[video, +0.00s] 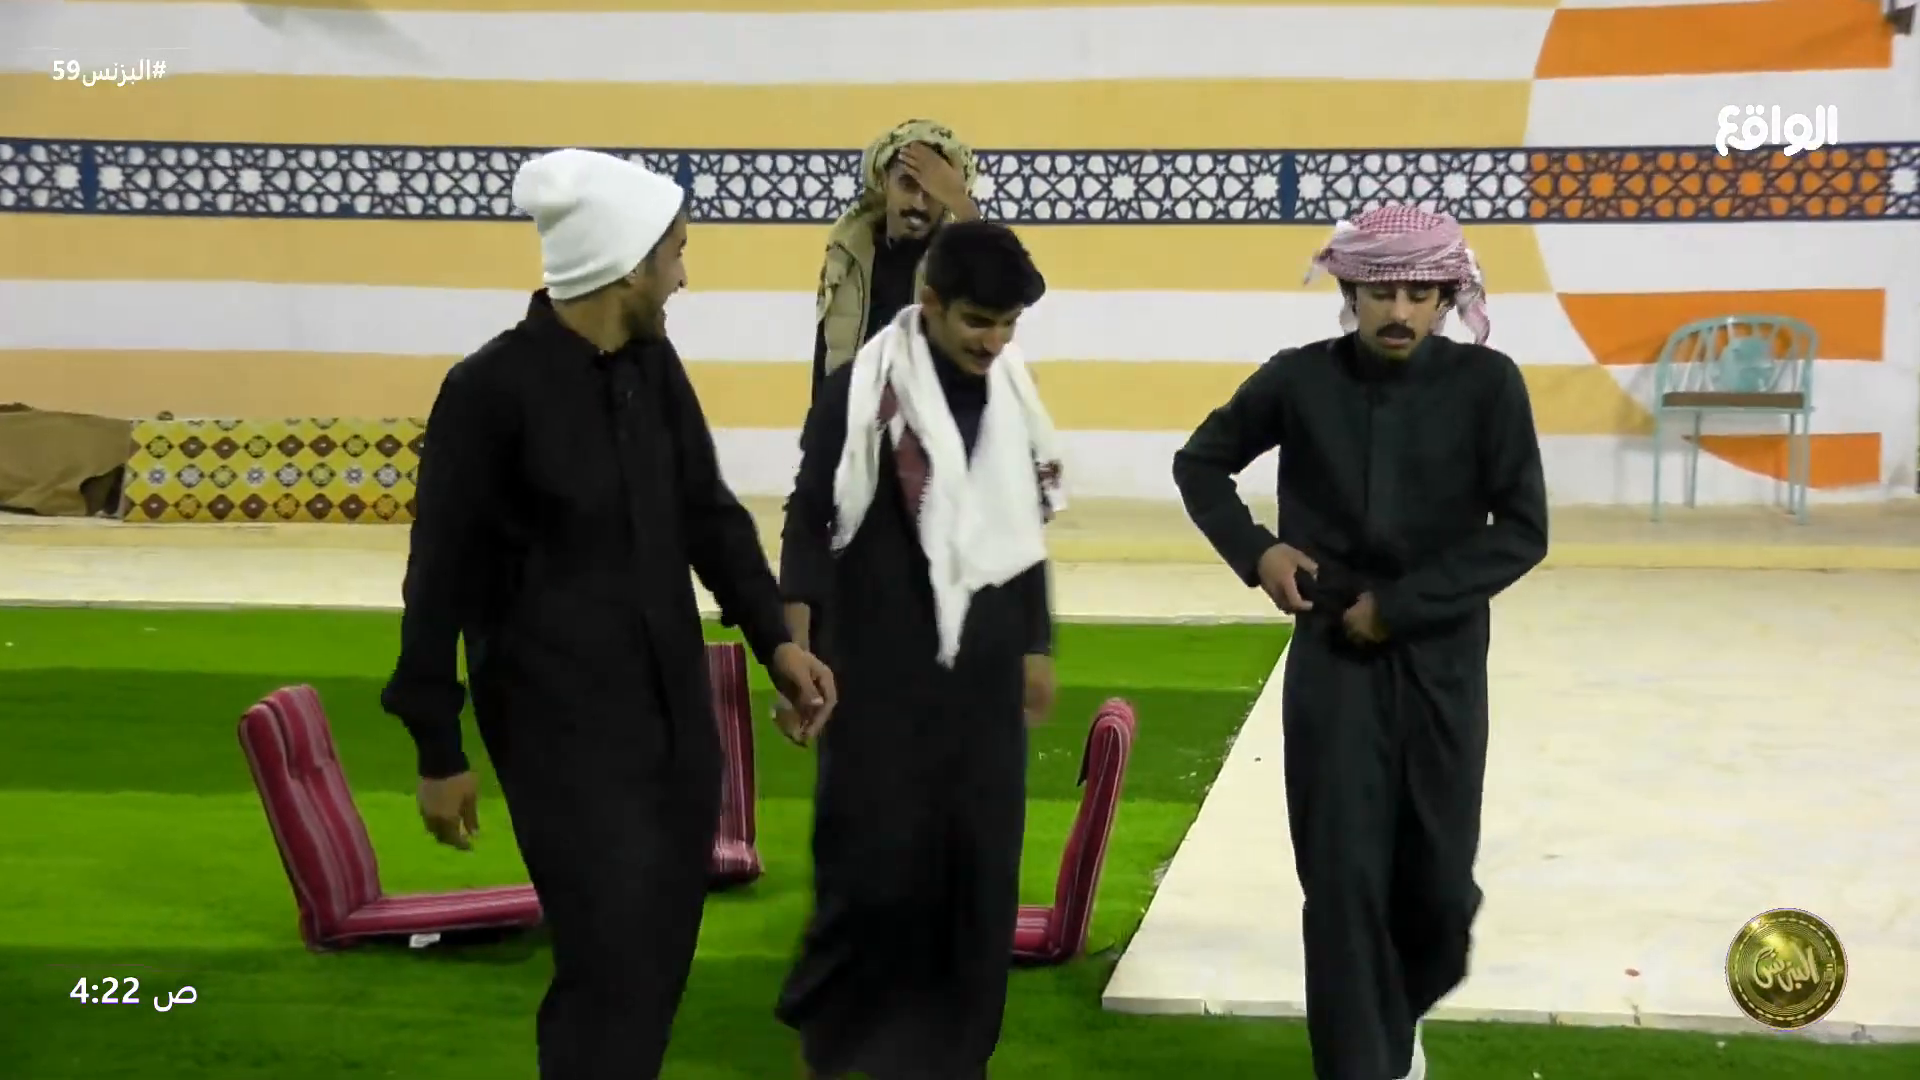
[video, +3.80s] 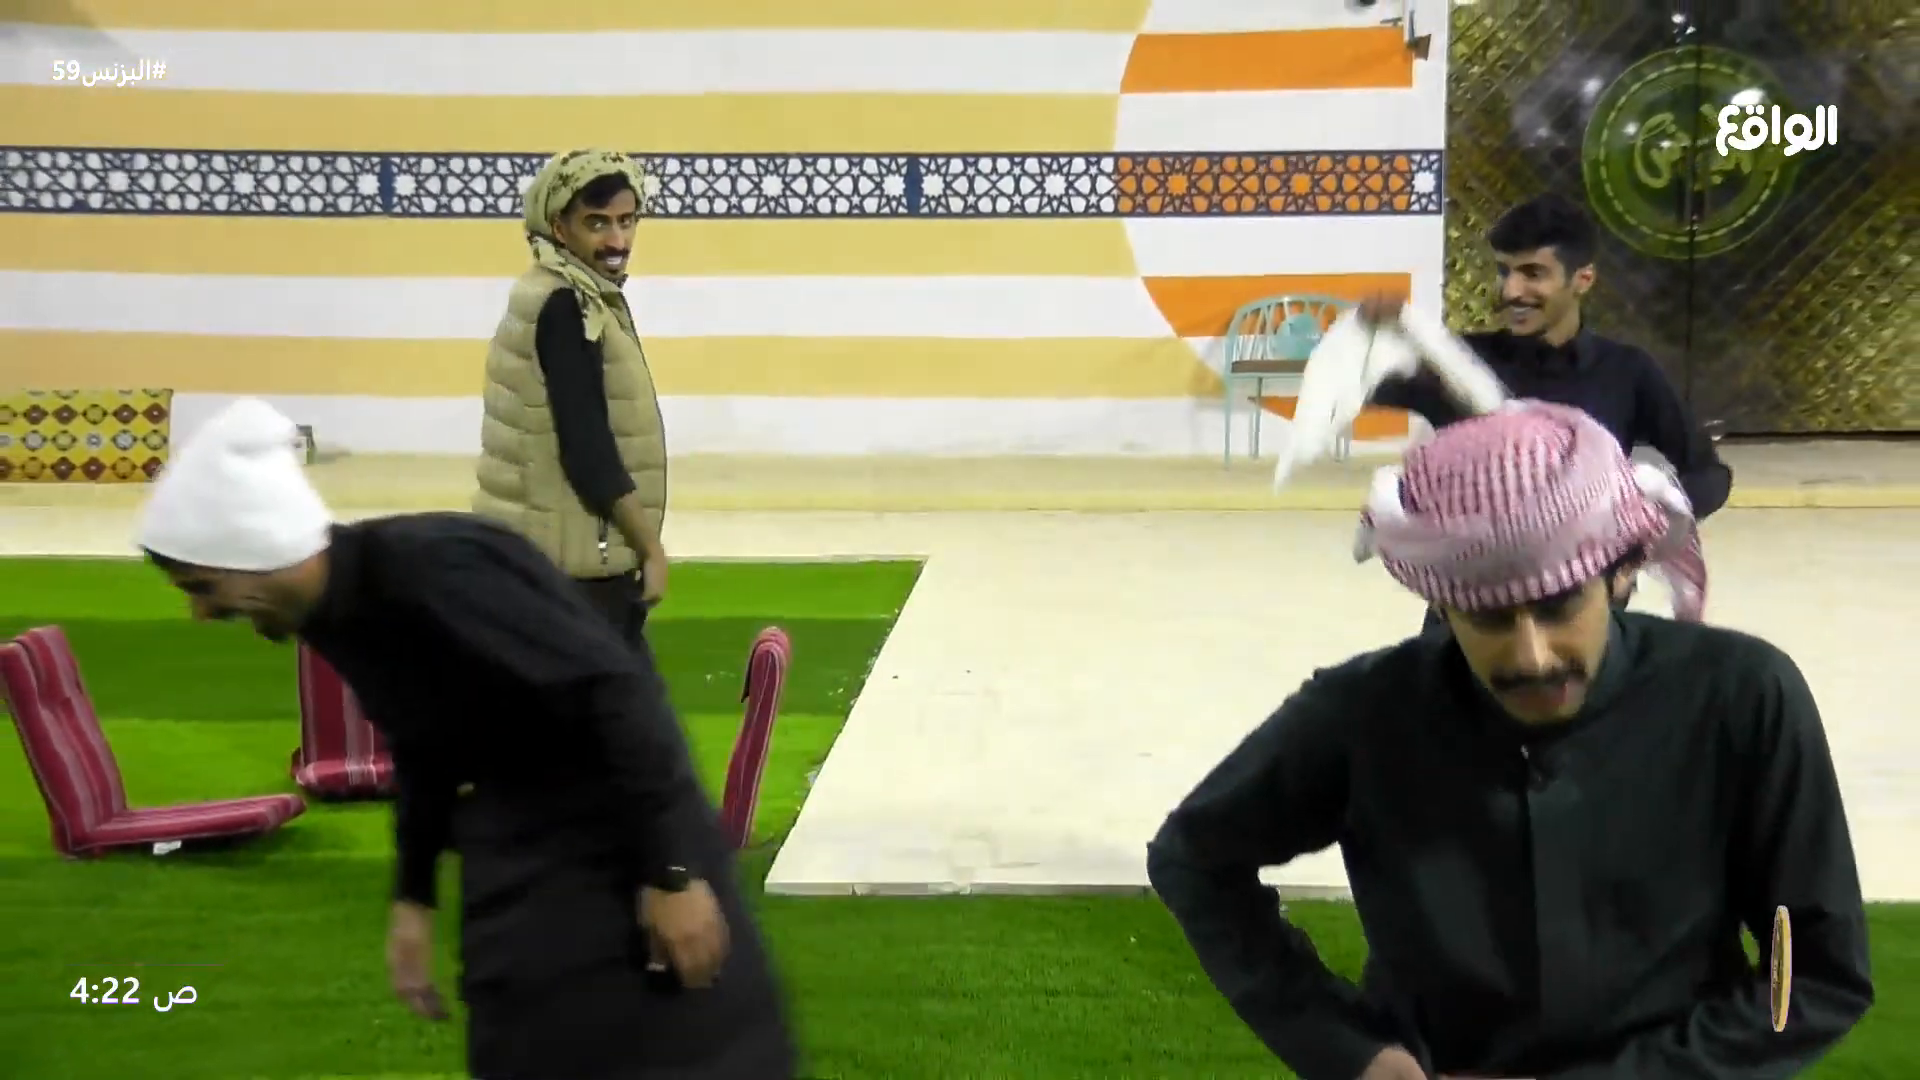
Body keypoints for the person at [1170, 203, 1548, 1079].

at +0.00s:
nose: (1398, 313)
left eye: (1418, 295)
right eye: (1379, 293)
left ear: (1446, 300)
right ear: (1349, 296)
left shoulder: (1490, 384)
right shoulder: (1299, 380)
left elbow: (1523, 534)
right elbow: (1199, 461)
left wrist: (1398, 603)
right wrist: (1257, 550)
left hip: (1445, 668)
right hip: (1334, 666)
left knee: (1441, 895)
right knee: (1343, 889)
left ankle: (1391, 1027)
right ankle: (1360, 1067)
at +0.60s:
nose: (1513, 341)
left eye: (1537, 320)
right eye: (1494, 315)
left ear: (1563, 317)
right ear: (1453, 302)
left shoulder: (1600, 414)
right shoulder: (1369, 393)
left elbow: (1640, 591)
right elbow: (1257, 499)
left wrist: (1487, 676)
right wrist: (1331, 611)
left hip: (1534, 745)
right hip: (1401, 740)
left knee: (1530, 995)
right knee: (1407, 988)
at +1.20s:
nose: (1550, 320)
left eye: (1577, 294)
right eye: (1524, 292)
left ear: (1612, 307)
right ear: (1481, 298)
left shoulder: (1673, 433)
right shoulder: (1394, 420)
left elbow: (1721, 636)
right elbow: (1280, 546)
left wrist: (1545, 711)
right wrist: (1366, 678)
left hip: (1609, 831)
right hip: (1447, 822)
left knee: (1618, 1062)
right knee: (1454, 1060)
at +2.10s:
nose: (1528, 441)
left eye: (1556, 406)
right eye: (1495, 409)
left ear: (1594, 400)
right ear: (1445, 405)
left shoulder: (1672, 520)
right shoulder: (1352, 514)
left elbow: (1743, 745)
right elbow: (1223, 644)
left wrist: (1540, 848)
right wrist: (1317, 798)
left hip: (1588, 942)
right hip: (1401, 933)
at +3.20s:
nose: (1492, 492)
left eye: (1521, 454)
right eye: (1456, 460)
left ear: (1563, 454)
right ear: (1404, 467)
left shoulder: (1653, 586)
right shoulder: (1315, 594)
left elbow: (1718, 837)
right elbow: (1171, 717)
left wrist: (1479, 912)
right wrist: (1258, 893)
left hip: (1562, 1046)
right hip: (1356, 1043)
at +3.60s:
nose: (1491, 571)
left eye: (1514, 522)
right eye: (1446, 539)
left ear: (1570, 508)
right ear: (1400, 543)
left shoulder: (1692, 630)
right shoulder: (1324, 669)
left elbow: (1765, 903)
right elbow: (1179, 812)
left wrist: (1531, 1036)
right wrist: (1319, 998)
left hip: (1634, 1056)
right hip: (1393, 1057)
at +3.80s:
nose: (1533, 652)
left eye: (1560, 605)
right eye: (1490, 618)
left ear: (1615, 578)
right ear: (1440, 600)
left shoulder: (1744, 698)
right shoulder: (1356, 719)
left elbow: (1825, 979)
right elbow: (1191, 858)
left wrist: (1633, 1069)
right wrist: (1346, 1049)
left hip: (1661, 1057)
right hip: (1435, 1063)